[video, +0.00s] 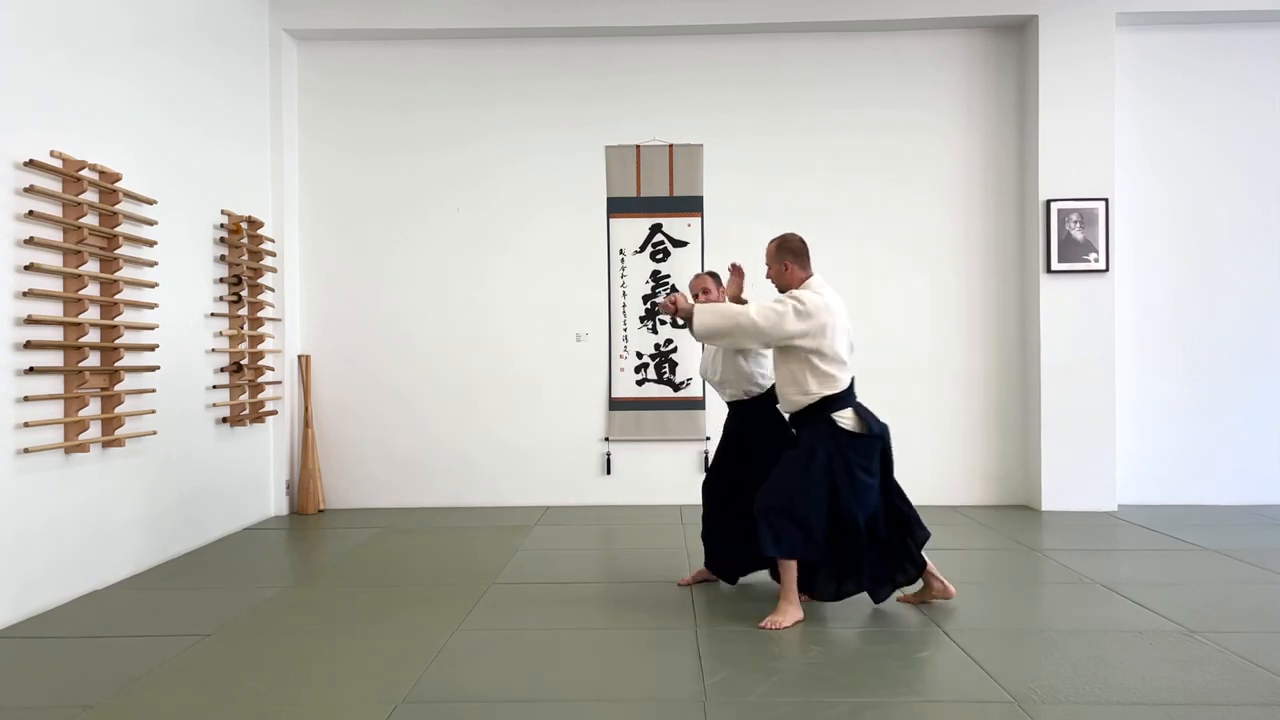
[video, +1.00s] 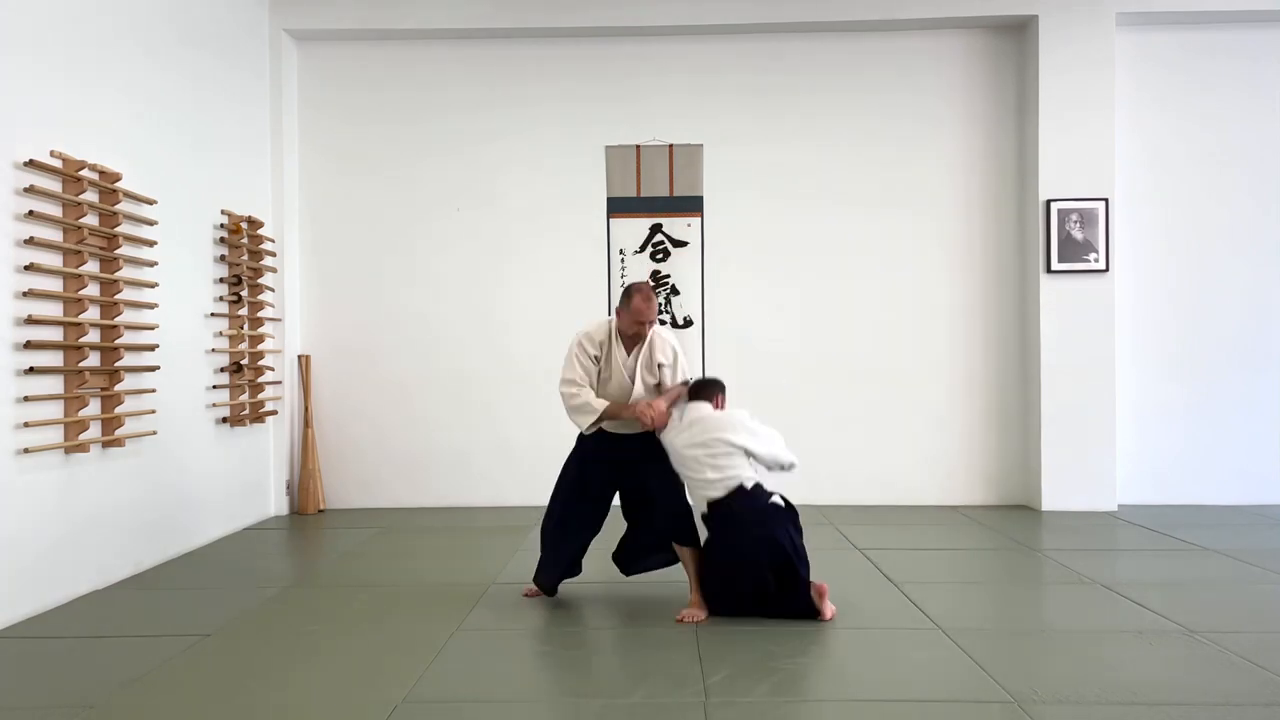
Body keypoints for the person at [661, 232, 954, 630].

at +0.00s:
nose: (768, 275)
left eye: (770, 268)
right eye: (768, 268)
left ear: (788, 268)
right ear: (801, 266)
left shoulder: (804, 307)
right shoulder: (822, 298)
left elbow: (749, 321)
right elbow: (763, 327)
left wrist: (690, 311)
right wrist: (735, 305)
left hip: (827, 430)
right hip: (847, 422)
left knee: (777, 504)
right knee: (875, 505)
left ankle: (790, 603)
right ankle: (933, 582)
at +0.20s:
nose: (725, 272)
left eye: (729, 264)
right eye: (726, 265)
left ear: (748, 263)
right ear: (755, 263)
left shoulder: (764, 297)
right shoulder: (750, 302)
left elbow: (703, 296)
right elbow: (711, 352)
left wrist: (668, 272)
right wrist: (673, 324)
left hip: (776, 421)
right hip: (764, 419)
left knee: (749, 513)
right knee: (763, 505)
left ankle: (789, 606)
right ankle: (825, 558)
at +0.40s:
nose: (681, 270)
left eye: (688, 262)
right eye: (679, 264)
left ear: (707, 264)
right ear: (683, 271)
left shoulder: (730, 304)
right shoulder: (677, 305)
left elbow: (705, 246)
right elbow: (633, 288)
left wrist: (677, 228)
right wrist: (649, 248)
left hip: (717, 419)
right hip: (675, 419)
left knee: (732, 516)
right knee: (628, 494)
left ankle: (787, 605)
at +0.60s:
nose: (671, 287)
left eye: (677, 283)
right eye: (666, 279)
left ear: (681, 290)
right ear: (645, 278)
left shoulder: (675, 324)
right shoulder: (610, 312)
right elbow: (653, 293)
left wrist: (717, 287)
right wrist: (688, 267)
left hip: (654, 439)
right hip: (604, 434)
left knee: (697, 507)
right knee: (571, 505)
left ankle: (736, 590)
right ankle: (550, 575)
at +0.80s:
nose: (640, 302)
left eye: (644, 295)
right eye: (635, 295)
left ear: (647, 291)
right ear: (613, 286)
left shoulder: (646, 323)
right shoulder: (581, 321)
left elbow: (661, 381)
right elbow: (590, 361)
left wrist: (668, 355)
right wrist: (642, 346)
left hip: (642, 431)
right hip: (593, 433)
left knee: (674, 506)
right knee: (561, 508)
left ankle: (690, 588)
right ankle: (543, 575)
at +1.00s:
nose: (646, 330)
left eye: (652, 323)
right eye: (639, 322)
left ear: (657, 317)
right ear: (618, 313)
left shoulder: (664, 344)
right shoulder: (590, 341)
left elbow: (679, 394)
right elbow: (573, 394)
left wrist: (660, 407)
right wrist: (627, 410)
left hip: (647, 442)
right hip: (599, 439)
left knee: (675, 511)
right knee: (567, 506)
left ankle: (697, 595)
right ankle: (547, 580)